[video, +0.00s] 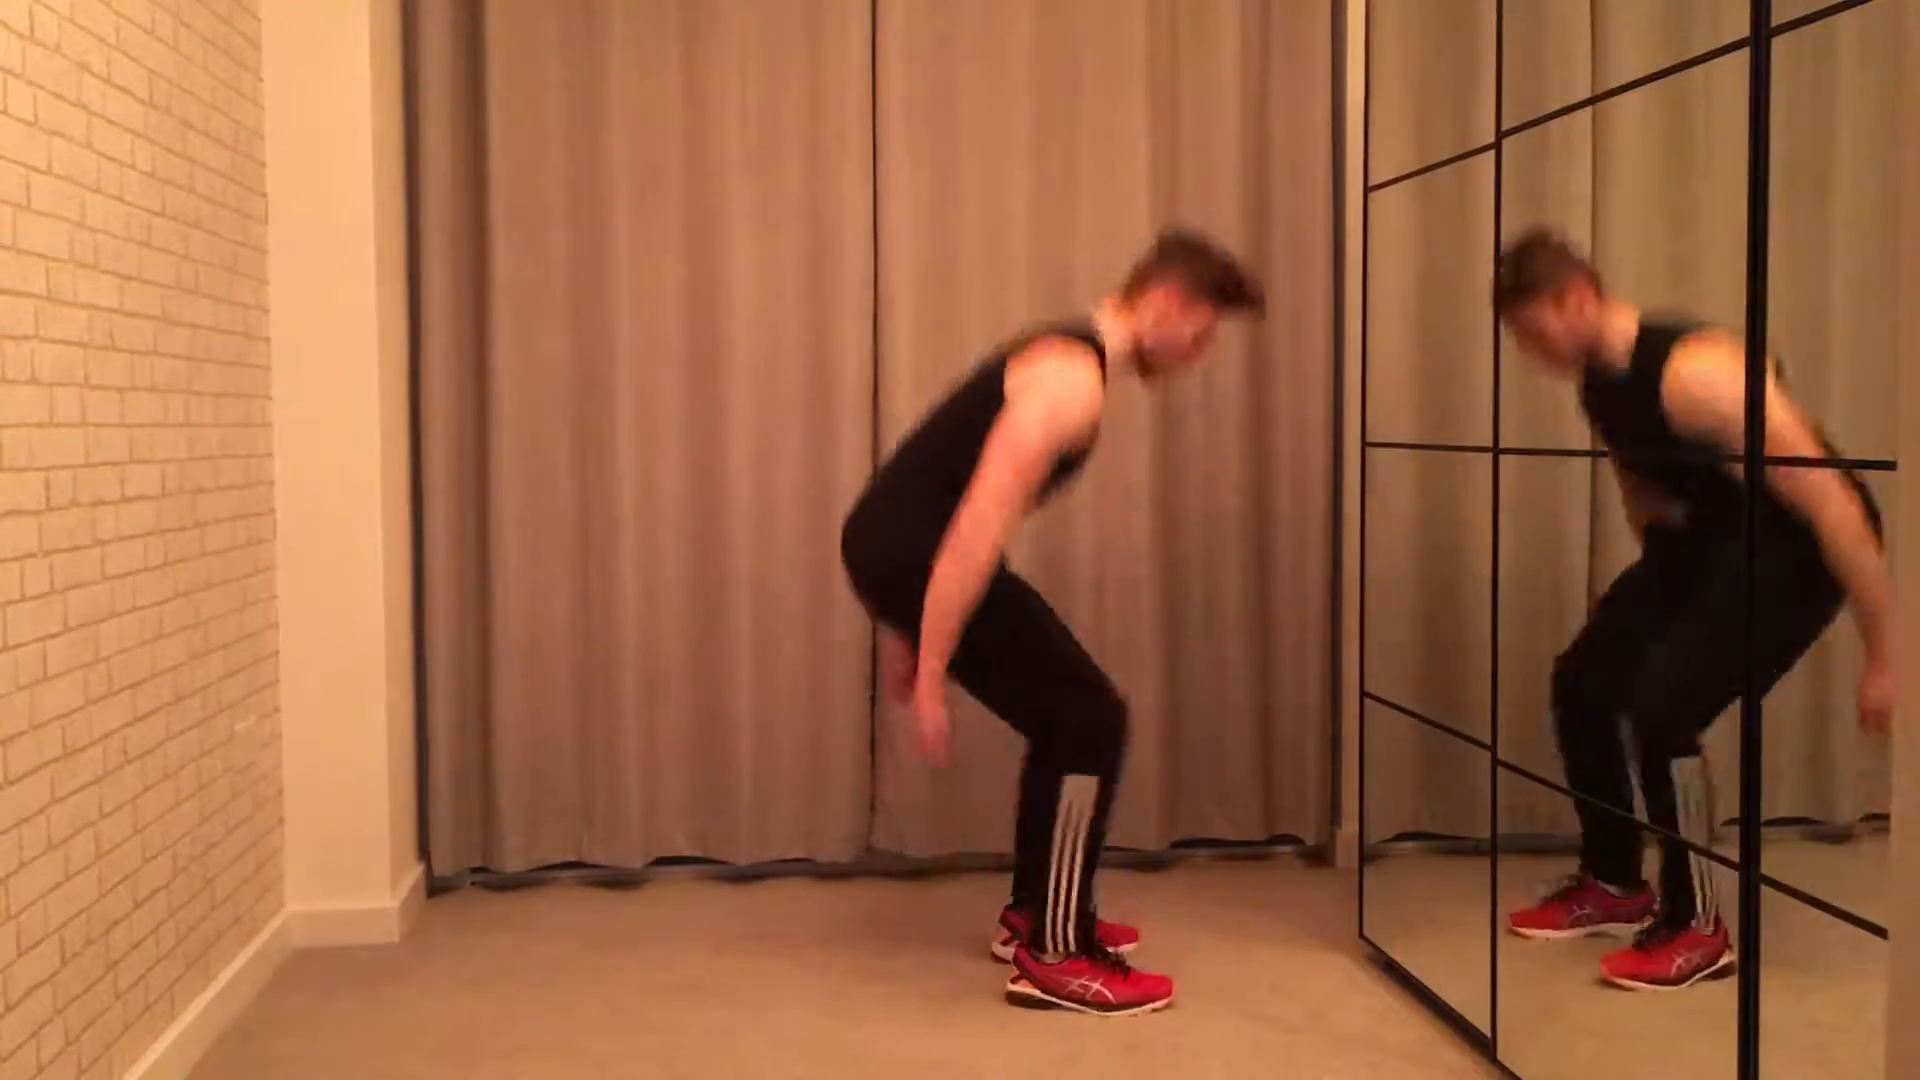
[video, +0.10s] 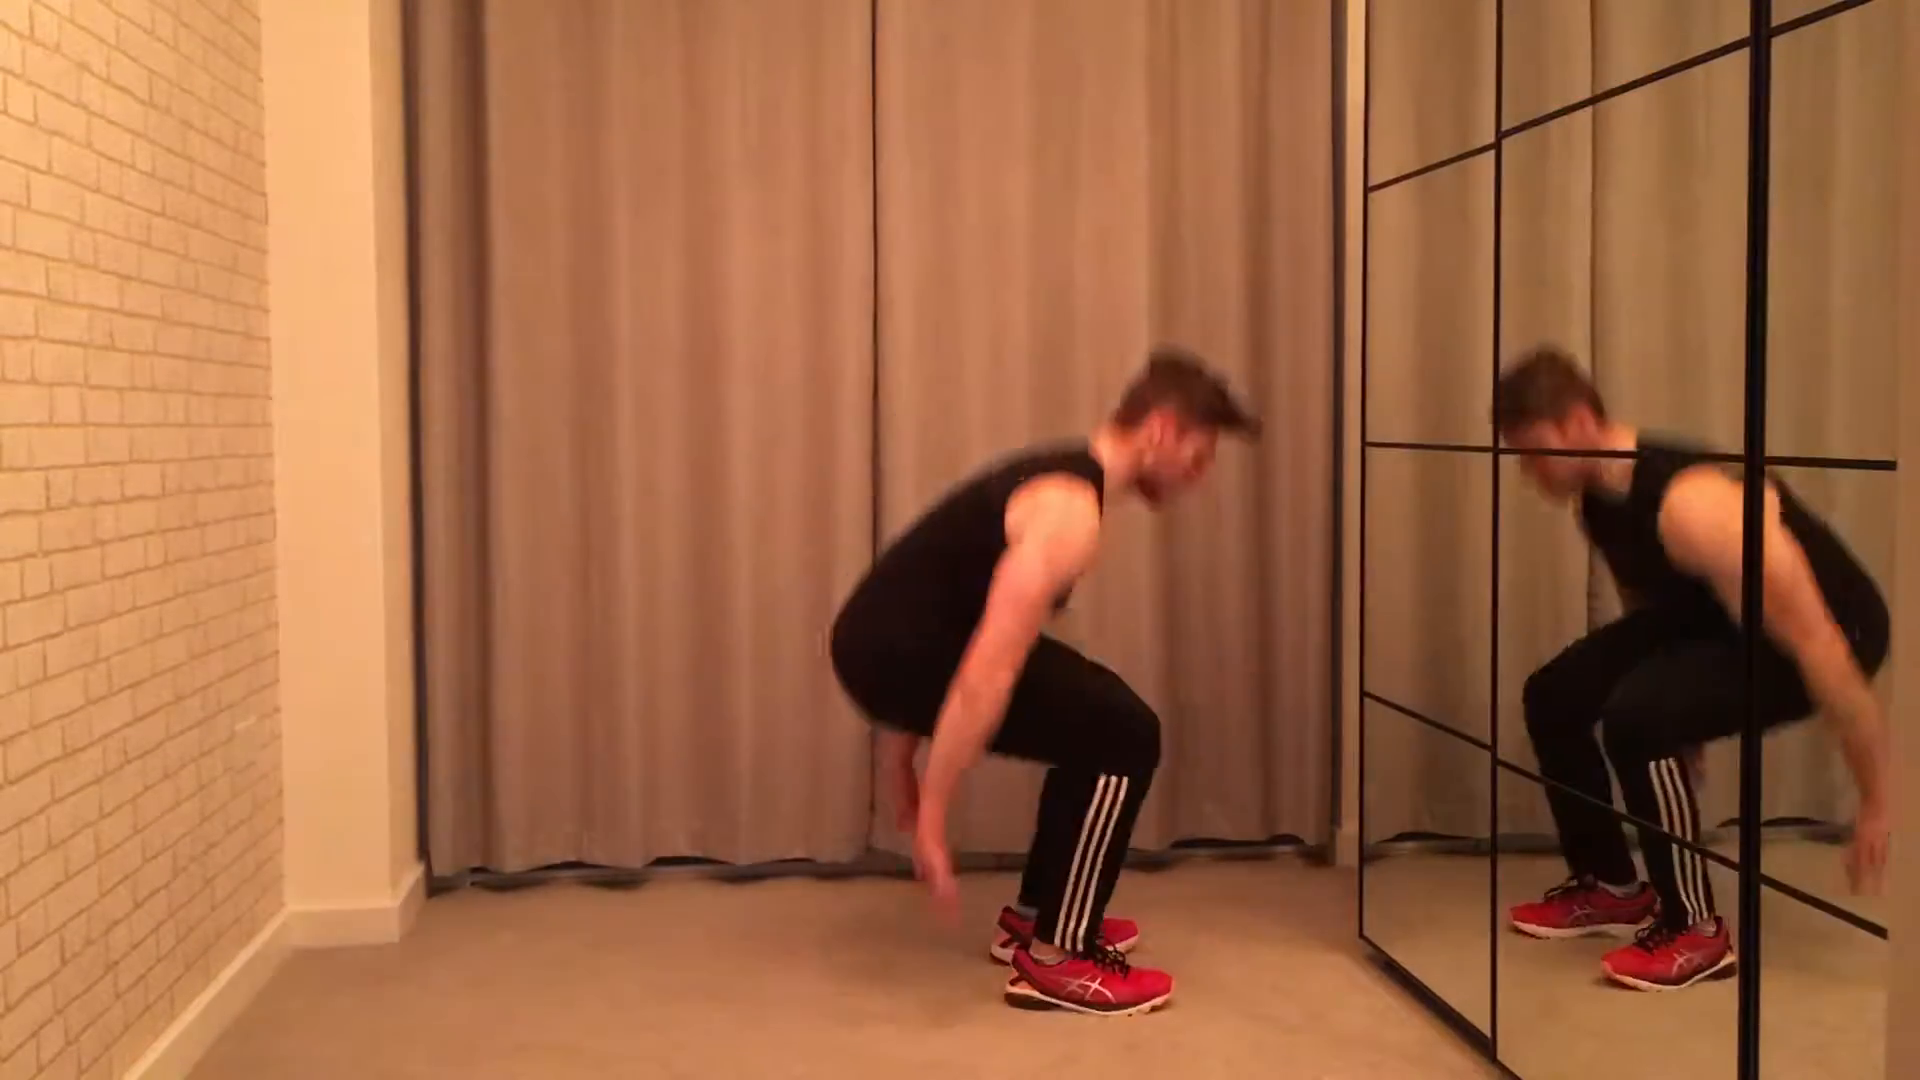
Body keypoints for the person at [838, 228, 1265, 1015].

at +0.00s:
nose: (1200, 351)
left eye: (1210, 335)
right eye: (1201, 329)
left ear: (1151, 301)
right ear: (1159, 300)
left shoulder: (1067, 357)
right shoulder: (1070, 379)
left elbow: (953, 494)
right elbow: (980, 523)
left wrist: (906, 626)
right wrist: (933, 673)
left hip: (905, 547)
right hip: (916, 560)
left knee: (1067, 716)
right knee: (1092, 718)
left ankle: (1039, 916)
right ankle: (1054, 951)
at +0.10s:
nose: (1200, 476)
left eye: (1207, 458)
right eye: (1202, 454)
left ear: (1157, 427)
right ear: (1162, 429)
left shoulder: (1060, 479)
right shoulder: (1068, 514)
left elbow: (934, 596)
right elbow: (983, 674)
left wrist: (899, 751)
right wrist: (931, 817)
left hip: (889, 646)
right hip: (905, 661)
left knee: (1108, 722)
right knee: (1127, 738)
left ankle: (1039, 911)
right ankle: (1054, 954)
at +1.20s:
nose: (482, 882)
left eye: (461, 884)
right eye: (462, 901)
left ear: (482, 942)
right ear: (471, 957)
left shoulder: (566, 943)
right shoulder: (575, 972)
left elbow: (714, 927)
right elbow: (737, 1015)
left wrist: (837, 926)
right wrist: (894, 1027)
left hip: (763, 854)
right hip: (796, 856)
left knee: (669, 637)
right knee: (673, 637)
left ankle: (678, 412)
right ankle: (683, 408)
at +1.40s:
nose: (480, 898)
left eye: (461, 900)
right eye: (461, 918)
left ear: (485, 911)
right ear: (468, 974)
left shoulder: (572, 940)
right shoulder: (572, 974)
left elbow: (723, 913)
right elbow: (734, 1011)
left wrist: (853, 926)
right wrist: (898, 1028)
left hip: (705, 790)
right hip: (729, 781)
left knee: (627, 549)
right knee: (627, 549)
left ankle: (625, 310)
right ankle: (621, 309)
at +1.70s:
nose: (473, 899)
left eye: (455, 900)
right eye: (455, 919)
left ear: (478, 903)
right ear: (466, 973)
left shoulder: (571, 936)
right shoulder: (560, 977)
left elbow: (715, 917)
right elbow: (724, 1015)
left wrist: (849, 926)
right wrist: (886, 1029)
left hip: (651, 756)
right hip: (668, 747)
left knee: (576, 524)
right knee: (579, 525)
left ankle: (549, 282)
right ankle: (549, 279)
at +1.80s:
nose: (473, 899)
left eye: (455, 901)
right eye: (455, 920)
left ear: (477, 902)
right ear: (466, 973)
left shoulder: (571, 935)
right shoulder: (559, 978)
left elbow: (714, 917)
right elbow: (722, 1015)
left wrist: (848, 926)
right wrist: (886, 1029)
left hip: (648, 754)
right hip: (662, 747)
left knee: (565, 517)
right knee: (572, 517)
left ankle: (536, 285)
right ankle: (538, 281)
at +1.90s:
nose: (474, 898)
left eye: (455, 900)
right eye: (455, 919)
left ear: (477, 903)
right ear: (465, 973)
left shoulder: (570, 936)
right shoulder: (559, 978)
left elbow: (716, 917)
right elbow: (720, 1014)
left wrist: (850, 925)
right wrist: (884, 1029)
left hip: (653, 752)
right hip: (666, 748)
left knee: (566, 522)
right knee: (567, 522)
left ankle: (542, 285)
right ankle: (543, 283)